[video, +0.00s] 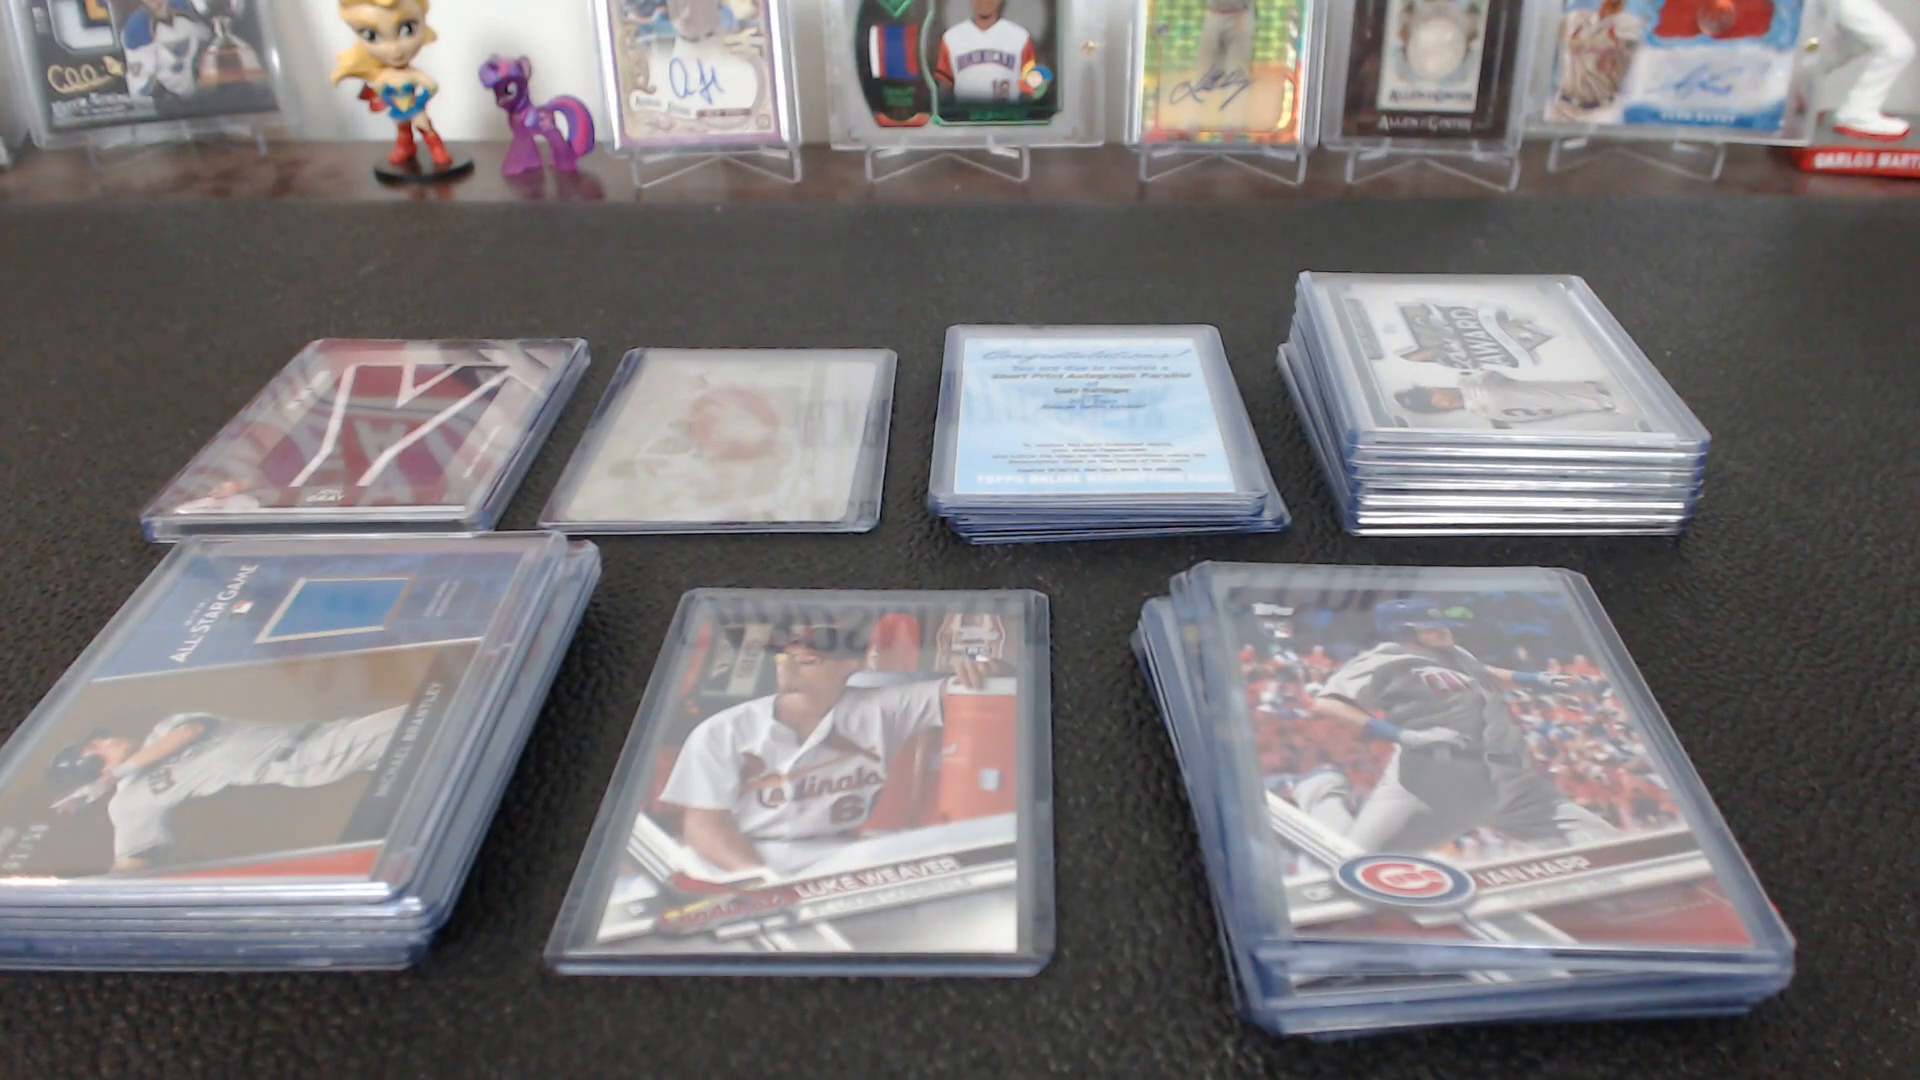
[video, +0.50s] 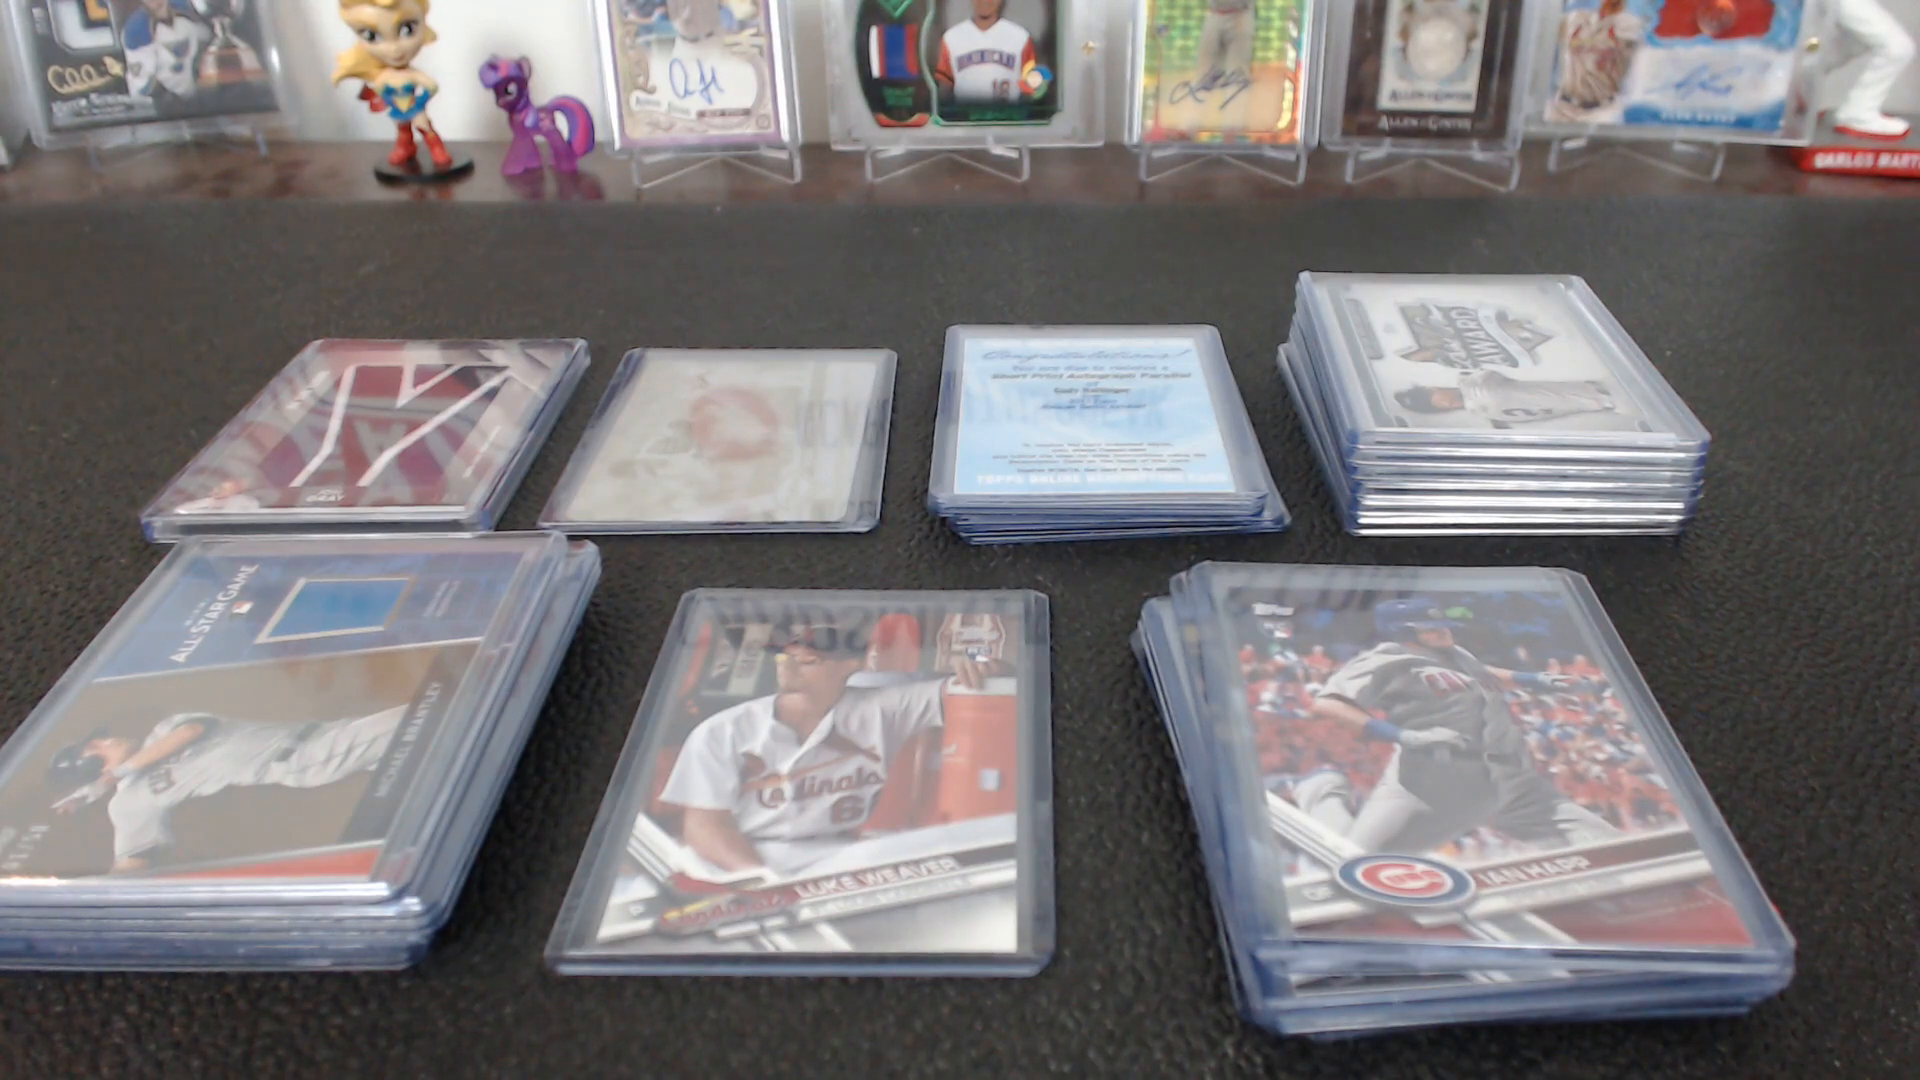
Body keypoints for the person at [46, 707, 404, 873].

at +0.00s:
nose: (109, 740)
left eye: (98, 740)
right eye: (99, 747)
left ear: (107, 743)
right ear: (100, 769)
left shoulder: (163, 727)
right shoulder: (131, 799)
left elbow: (193, 732)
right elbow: (130, 870)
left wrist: (116, 774)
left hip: (312, 731)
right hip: (300, 759)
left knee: (415, 720)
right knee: (413, 717)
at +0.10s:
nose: (109, 739)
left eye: (99, 739)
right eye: (99, 745)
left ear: (106, 743)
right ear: (100, 767)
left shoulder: (161, 727)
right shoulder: (131, 799)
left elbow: (193, 732)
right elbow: (130, 869)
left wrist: (117, 774)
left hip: (311, 732)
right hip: (299, 759)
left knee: (415, 720)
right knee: (413, 717)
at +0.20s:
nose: (110, 740)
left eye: (99, 740)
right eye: (100, 746)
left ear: (106, 742)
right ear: (100, 766)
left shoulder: (162, 727)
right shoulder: (131, 799)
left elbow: (193, 732)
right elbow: (129, 870)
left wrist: (117, 774)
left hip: (311, 732)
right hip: (298, 760)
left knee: (415, 720)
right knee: (413, 717)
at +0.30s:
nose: (110, 739)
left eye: (99, 739)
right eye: (100, 745)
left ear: (106, 743)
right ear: (100, 766)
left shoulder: (162, 727)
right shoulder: (131, 799)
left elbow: (193, 732)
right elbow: (130, 870)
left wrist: (117, 774)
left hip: (311, 731)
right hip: (298, 760)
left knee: (415, 720)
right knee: (413, 717)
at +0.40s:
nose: (109, 740)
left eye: (99, 740)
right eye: (99, 746)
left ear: (106, 742)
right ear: (100, 767)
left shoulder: (162, 727)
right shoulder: (131, 799)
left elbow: (193, 732)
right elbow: (130, 869)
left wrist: (119, 773)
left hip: (310, 731)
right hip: (298, 760)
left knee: (415, 720)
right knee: (412, 717)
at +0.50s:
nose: (109, 740)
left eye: (99, 739)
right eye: (99, 746)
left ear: (106, 742)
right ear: (100, 767)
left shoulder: (162, 727)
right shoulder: (131, 799)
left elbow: (193, 732)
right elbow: (129, 870)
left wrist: (118, 773)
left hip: (310, 731)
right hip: (298, 760)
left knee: (414, 721)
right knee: (412, 717)